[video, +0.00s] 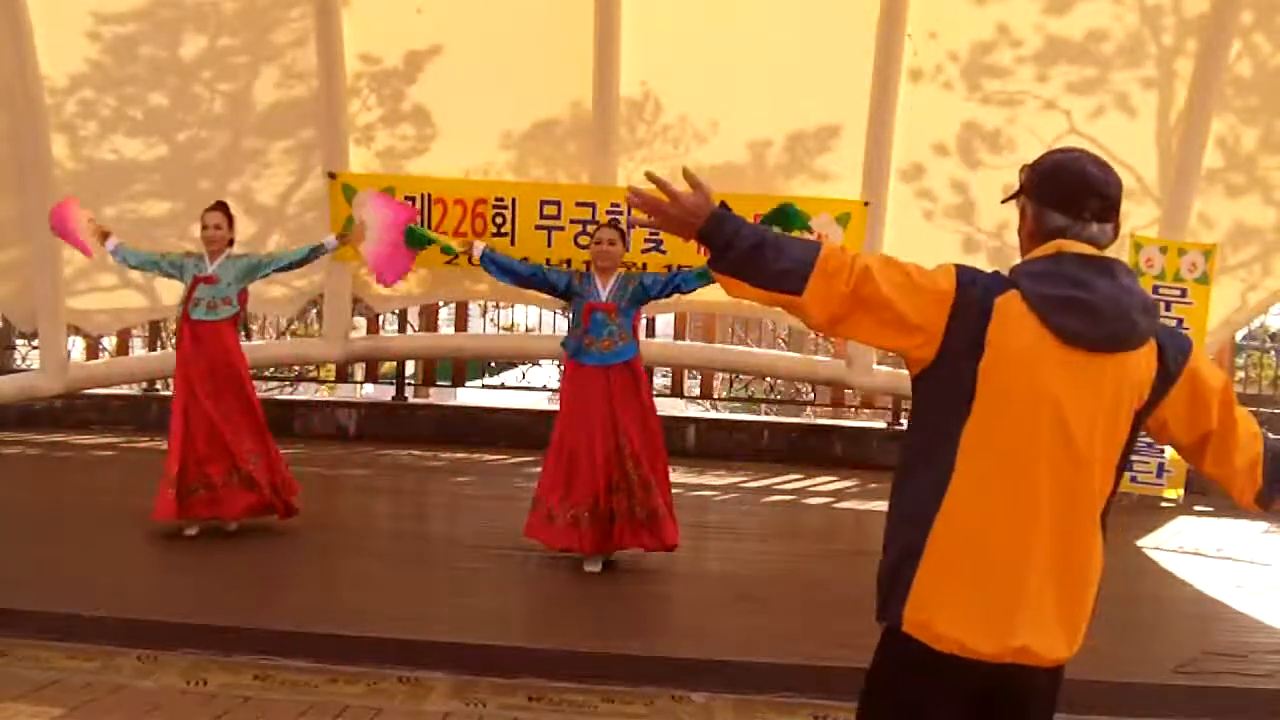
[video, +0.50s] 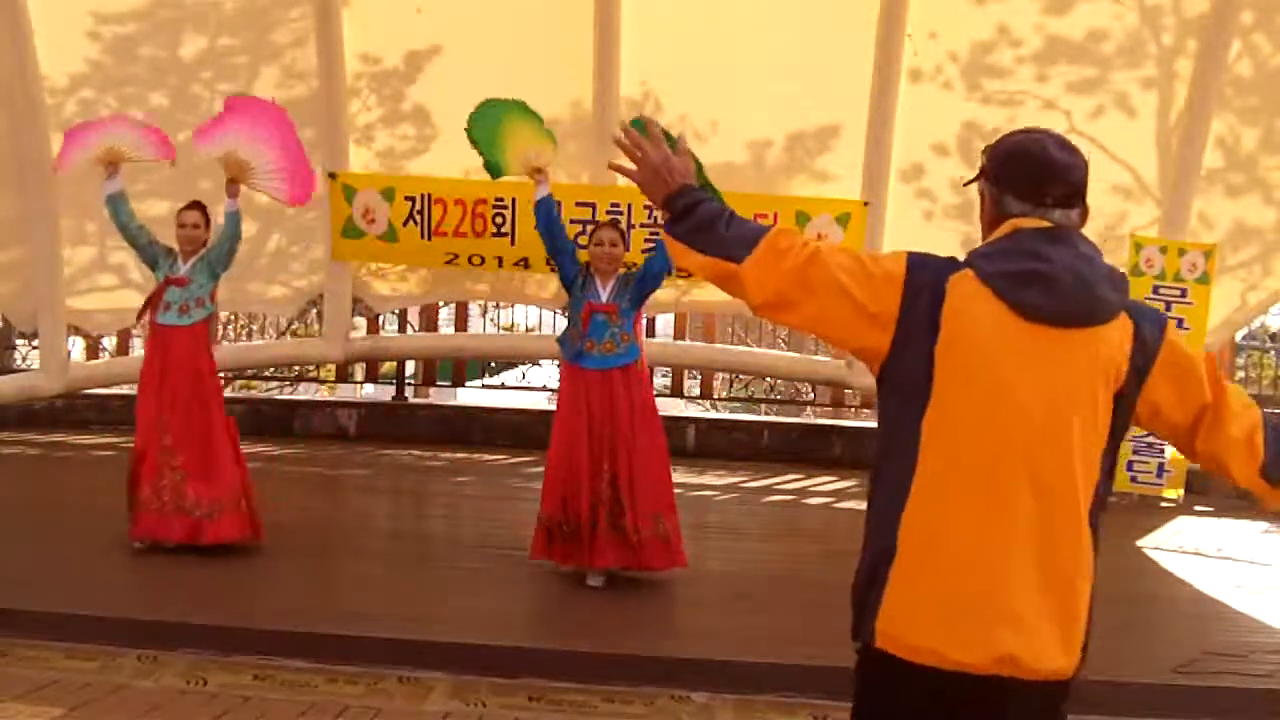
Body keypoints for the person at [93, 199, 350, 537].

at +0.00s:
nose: (211, 233)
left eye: (218, 227)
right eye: (206, 228)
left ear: (231, 233)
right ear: (199, 232)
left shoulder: (242, 265)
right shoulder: (188, 265)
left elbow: (288, 260)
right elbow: (148, 261)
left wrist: (334, 242)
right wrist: (109, 242)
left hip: (224, 358)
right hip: (191, 358)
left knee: (227, 427)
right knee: (193, 430)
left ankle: (231, 508)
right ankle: (194, 511)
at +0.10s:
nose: (204, 232)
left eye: (211, 226)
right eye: (199, 226)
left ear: (224, 232)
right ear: (193, 231)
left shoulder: (233, 263)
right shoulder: (182, 264)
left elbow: (276, 248)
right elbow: (142, 248)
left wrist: (317, 220)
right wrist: (106, 220)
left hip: (218, 357)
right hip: (184, 358)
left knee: (215, 431)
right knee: (187, 432)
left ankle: (211, 514)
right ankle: (192, 513)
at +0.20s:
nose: (197, 232)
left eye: (204, 227)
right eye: (192, 226)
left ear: (217, 232)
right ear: (185, 230)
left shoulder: (226, 263)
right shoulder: (175, 264)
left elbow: (264, 241)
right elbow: (132, 237)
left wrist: (297, 205)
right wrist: (102, 198)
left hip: (214, 363)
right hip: (178, 364)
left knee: (214, 435)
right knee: (177, 438)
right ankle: (177, 520)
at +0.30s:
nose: (195, 233)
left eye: (202, 228)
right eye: (190, 227)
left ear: (213, 232)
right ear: (182, 230)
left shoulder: (218, 265)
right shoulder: (172, 263)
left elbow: (251, 238)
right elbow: (135, 235)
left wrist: (276, 201)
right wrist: (106, 191)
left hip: (207, 365)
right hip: (173, 364)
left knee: (205, 437)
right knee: (171, 438)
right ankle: (170, 522)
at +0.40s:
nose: (192, 232)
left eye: (199, 226)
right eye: (187, 226)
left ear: (210, 232)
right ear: (179, 230)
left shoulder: (214, 266)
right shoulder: (168, 263)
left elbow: (240, 237)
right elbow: (133, 232)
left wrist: (254, 191)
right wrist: (109, 182)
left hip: (203, 366)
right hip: (167, 365)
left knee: (207, 438)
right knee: (166, 438)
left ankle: (209, 523)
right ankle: (164, 524)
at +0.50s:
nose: (188, 231)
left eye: (195, 226)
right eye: (182, 225)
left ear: (207, 233)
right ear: (174, 229)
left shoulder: (210, 267)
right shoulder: (164, 263)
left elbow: (230, 238)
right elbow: (130, 229)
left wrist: (233, 194)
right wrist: (112, 178)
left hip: (194, 369)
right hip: (160, 368)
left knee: (198, 444)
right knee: (157, 443)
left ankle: (204, 527)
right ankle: (156, 527)